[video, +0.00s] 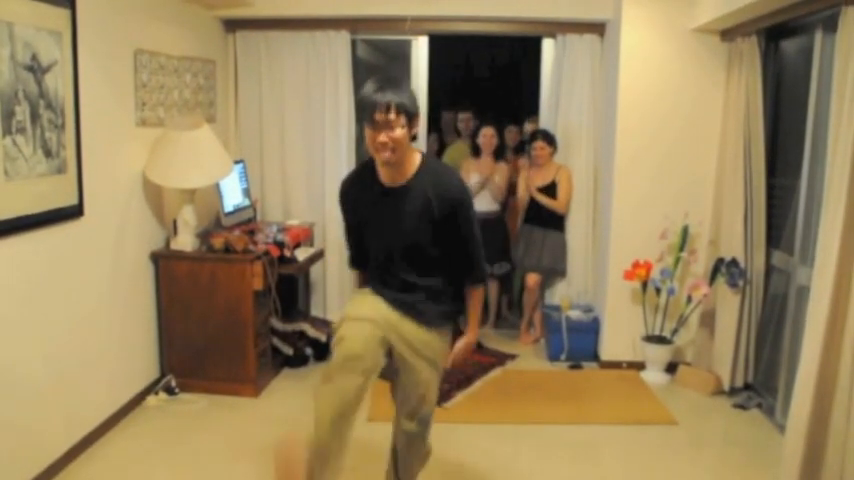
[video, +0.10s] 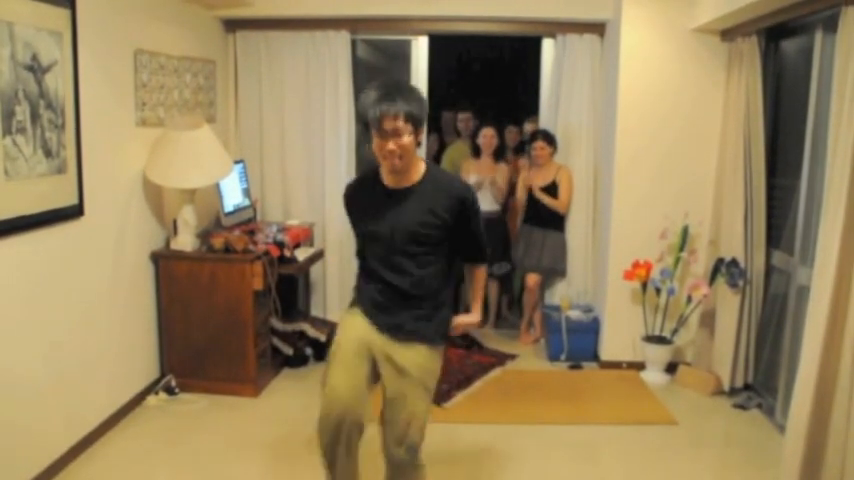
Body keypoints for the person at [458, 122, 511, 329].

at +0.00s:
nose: (487, 141)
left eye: (491, 136)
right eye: (483, 136)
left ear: (497, 141)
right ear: (477, 139)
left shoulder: (501, 166)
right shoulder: (468, 163)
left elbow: (500, 196)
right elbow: (463, 194)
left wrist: (489, 178)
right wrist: (482, 180)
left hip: (493, 218)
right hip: (472, 217)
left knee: (493, 273)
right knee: (472, 271)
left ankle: (491, 319)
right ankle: (471, 317)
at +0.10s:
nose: (488, 141)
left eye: (492, 137)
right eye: (484, 136)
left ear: (497, 141)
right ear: (477, 140)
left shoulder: (502, 168)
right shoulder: (468, 165)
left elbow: (502, 197)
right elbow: (461, 192)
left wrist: (493, 182)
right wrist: (474, 184)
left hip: (494, 217)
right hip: (472, 216)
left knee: (493, 271)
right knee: (471, 267)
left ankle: (491, 318)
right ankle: (469, 312)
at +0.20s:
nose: (488, 142)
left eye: (492, 137)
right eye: (484, 137)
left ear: (498, 142)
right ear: (477, 141)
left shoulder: (504, 167)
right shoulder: (469, 165)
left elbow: (504, 197)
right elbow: (461, 192)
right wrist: (463, 180)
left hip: (495, 215)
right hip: (474, 215)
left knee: (494, 267)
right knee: (473, 265)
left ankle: (493, 313)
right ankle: (472, 311)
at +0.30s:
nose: (488, 141)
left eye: (492, 137)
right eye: (484, 136)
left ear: (498, 141)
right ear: (477, 140)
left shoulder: (503, 167)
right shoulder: (467, 165)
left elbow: (502, 197)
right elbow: (463, 196)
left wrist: (506, 178)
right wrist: (464, 177)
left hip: (495, 216)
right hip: (472, 216)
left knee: (493, 274)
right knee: (470, 272)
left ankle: (492, 318)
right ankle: (470, 318)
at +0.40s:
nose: (488, 140)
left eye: (492, 136)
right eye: (484, 136)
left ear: (497, 140)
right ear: (477, 139)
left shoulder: (502, 165)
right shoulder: (469, 163)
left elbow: (502, 194)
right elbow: (464, 193)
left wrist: (498, 172)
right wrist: (471, 174)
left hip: (494, 213)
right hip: (473, 212)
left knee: (492, 264)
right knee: (468, 262)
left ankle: (492, 310)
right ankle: (464, 310)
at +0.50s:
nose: (487, 141)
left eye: (491, 137)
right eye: (484, 136)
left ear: (497, 141)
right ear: (477, 140)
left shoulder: (503, 167)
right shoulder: (469, 164)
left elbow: (501, 197)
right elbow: (463, 194)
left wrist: (490, 179)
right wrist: (481, 181)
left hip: (493, 217)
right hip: (471, 217)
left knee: (492, 273)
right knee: (467, 272)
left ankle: (491, 319)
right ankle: (461, 316)